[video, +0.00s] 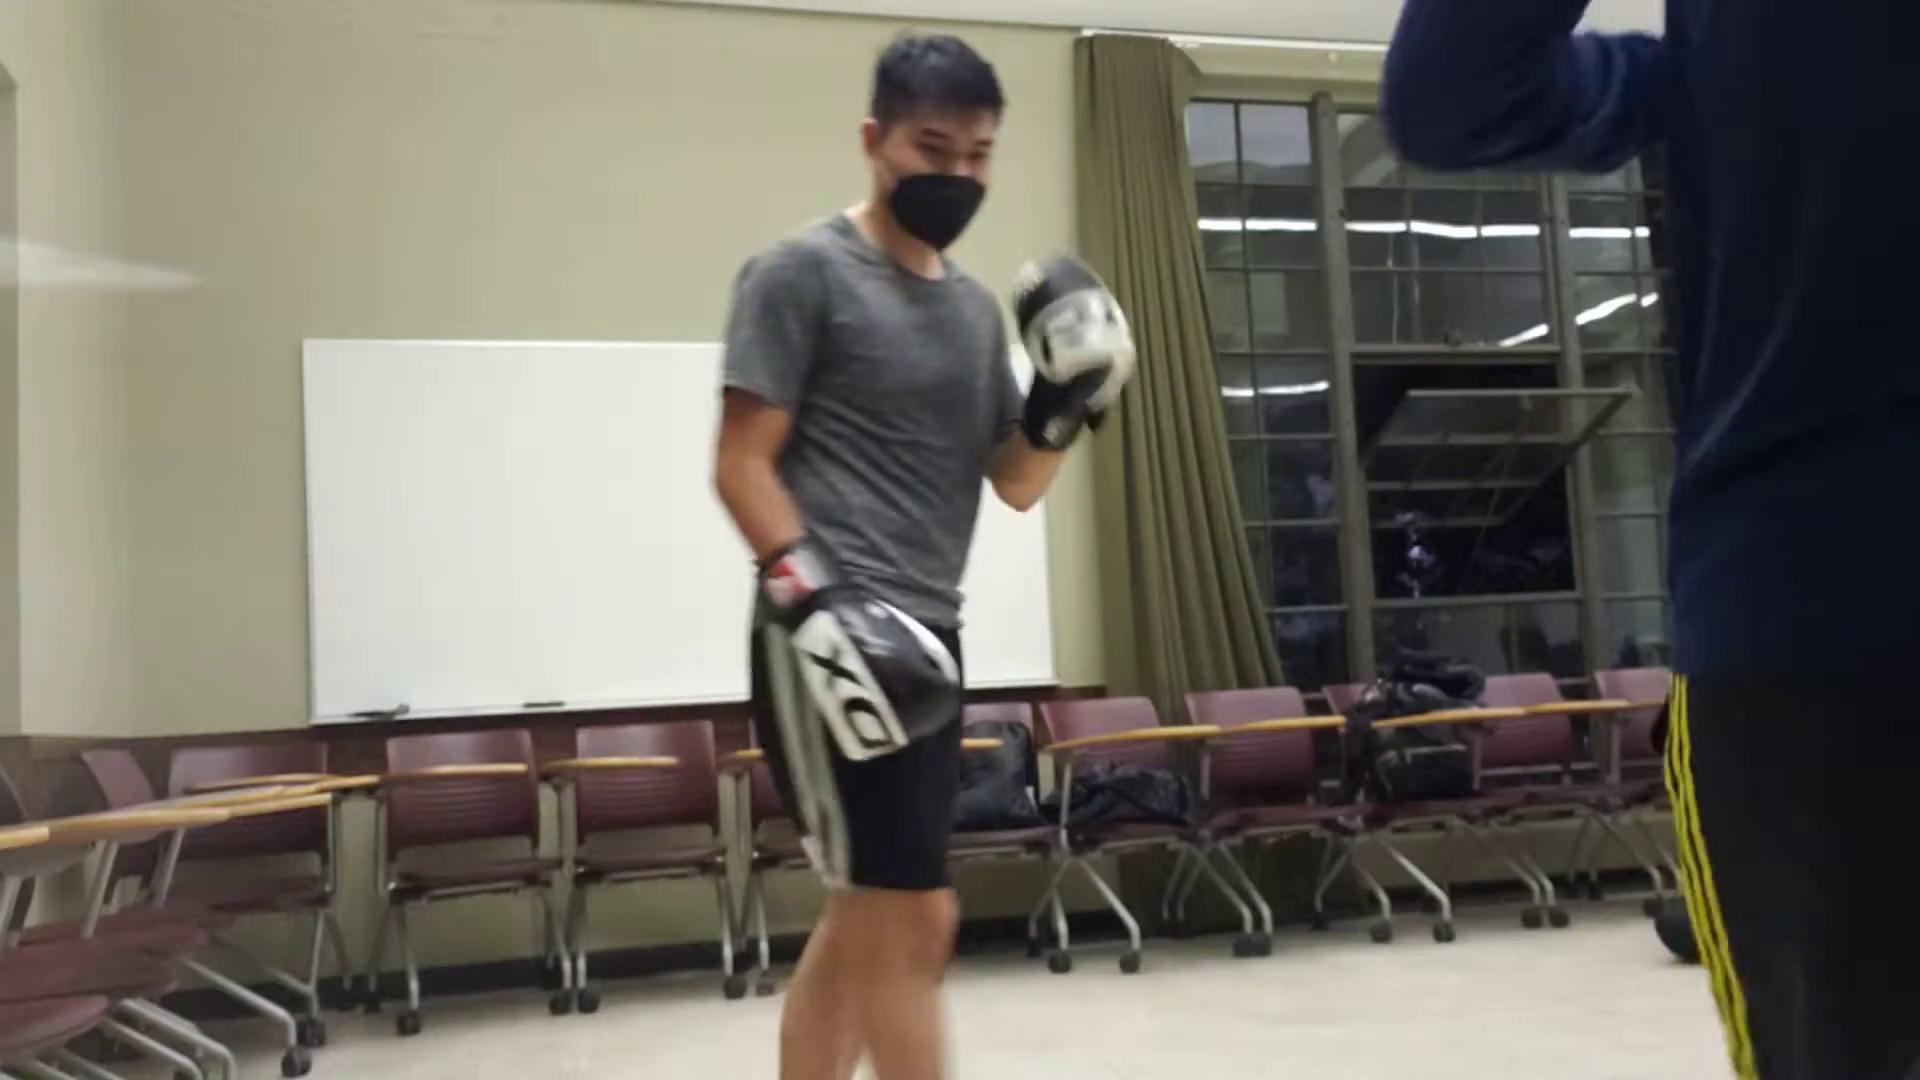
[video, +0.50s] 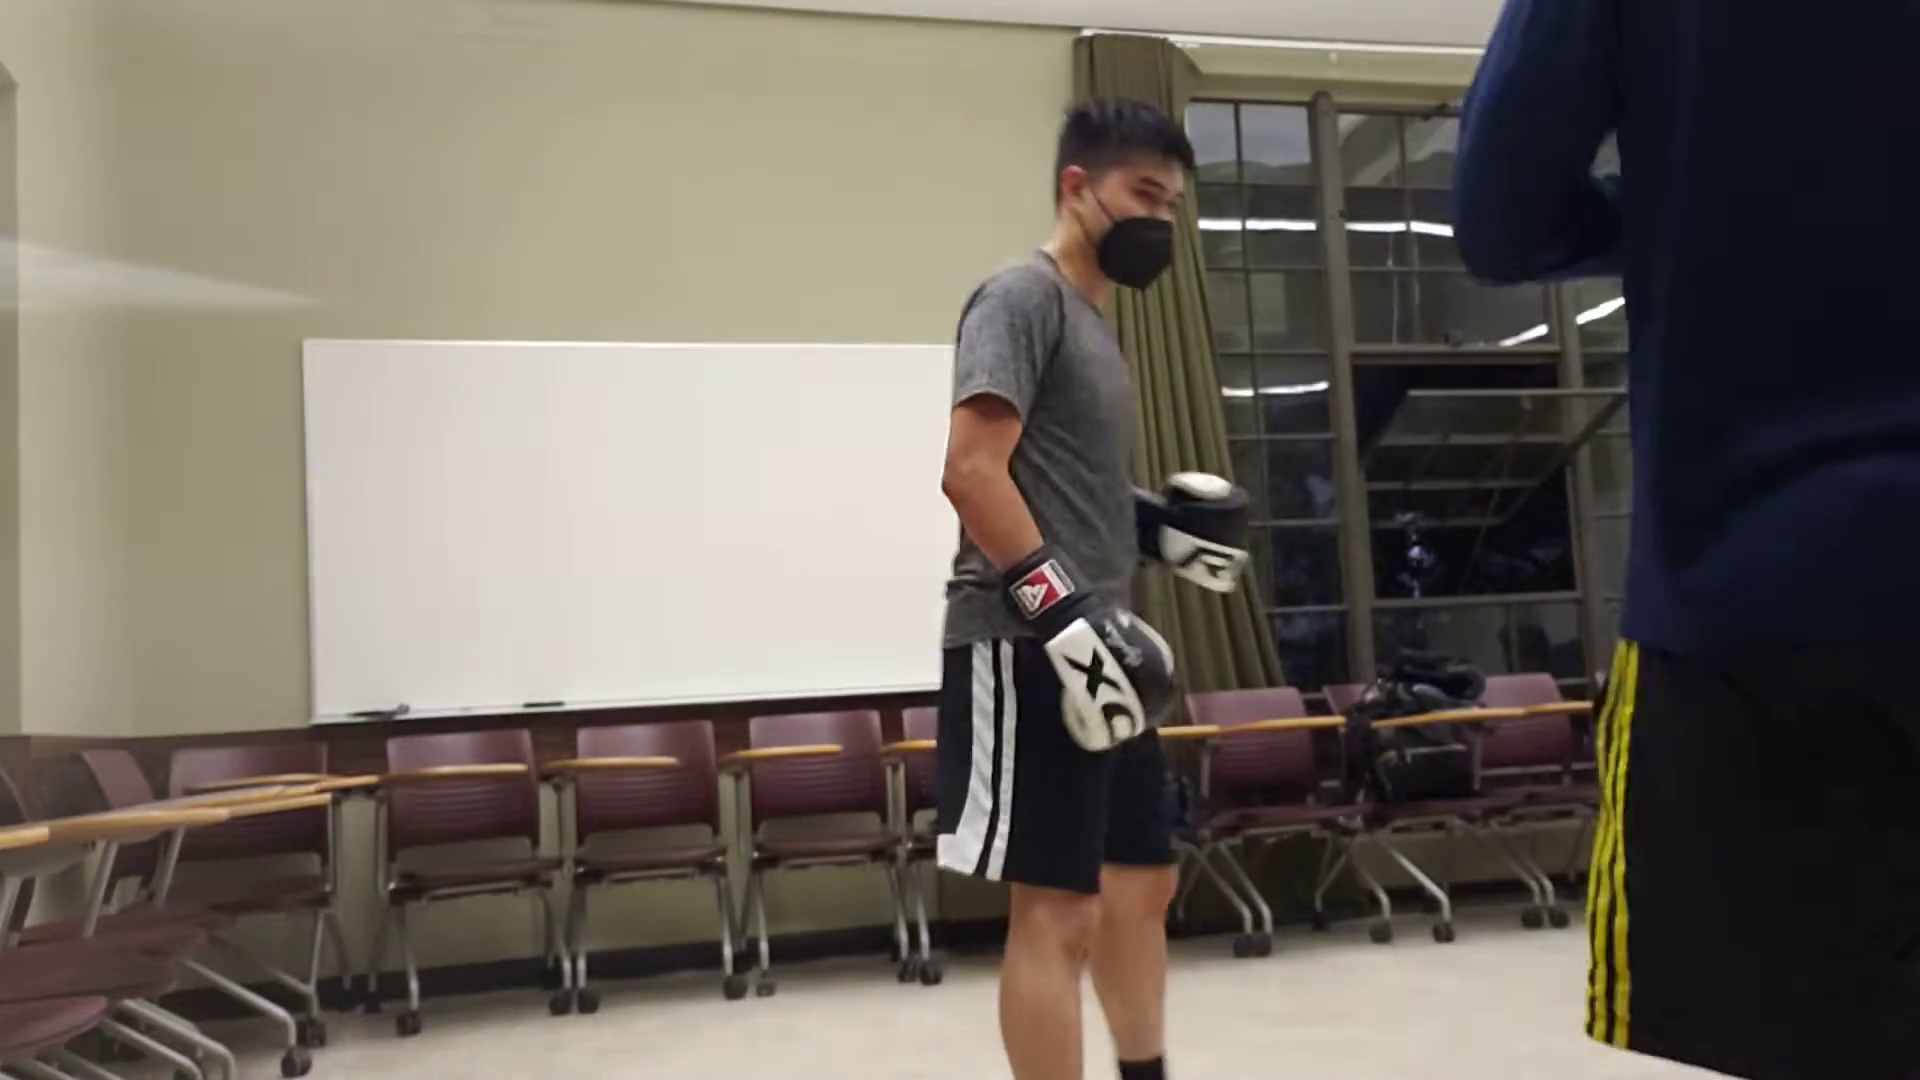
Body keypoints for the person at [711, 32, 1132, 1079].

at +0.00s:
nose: (959, 175)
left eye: (979, 152)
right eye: (933, 148)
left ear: (996, 155)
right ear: (874, 140)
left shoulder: (978, 312)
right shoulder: (801, 274)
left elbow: (1019, 483)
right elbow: (742, 463)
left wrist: (1066, 396)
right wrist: (811, 603)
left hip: (929, 636)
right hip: (835, 627)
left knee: (862, 921)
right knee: (915, 923)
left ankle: (808, 1070)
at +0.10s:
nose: (1006, 181)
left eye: (1024, 160)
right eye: (980, 155)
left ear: (1039, 164)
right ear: (917, 151)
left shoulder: (1002, 318)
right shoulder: (854, 283)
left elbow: (1010, 496)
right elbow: (802, 475)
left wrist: (1073, 463)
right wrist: (878, 625)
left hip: (967, 640)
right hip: (887, 636)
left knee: (898, 930)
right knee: (982, 924)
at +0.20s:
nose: (1056, 196)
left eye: (1072, 176)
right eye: (1032, 169)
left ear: (1084, 181)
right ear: (964, 166)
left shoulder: (1019, 318)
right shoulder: (914, 296)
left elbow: (993, 480)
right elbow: (873, 490)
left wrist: (1076, 501)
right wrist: (938, 656)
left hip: (1016, 644)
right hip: (953, 648)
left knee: (1026, 923)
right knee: (1026, 927)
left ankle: (900, 1070)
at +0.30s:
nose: (1101, 209)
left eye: (1113, 187)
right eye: (1078, 182)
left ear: (1120, 184)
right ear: (1009, 173)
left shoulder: (1027, 302)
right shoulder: (967, 297)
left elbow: (1003, 474)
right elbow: (937, 489)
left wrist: (1090, 509)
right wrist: (994, 660)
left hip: (1032, 635)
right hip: (977, 641)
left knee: (1118, 862)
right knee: (1024, 922)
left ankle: (983, 1058)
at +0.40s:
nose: (1132, 203)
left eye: (1143, 182)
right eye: (1111, 174)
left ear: (1147, 180)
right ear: (1044, 169)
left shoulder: (1053, 295)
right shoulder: (1001, 281)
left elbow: (1028, 466)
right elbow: (971, 471)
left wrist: (1116, 498)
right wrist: (1034, 625)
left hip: (1060, 627)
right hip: (998, 634)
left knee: (1149, 848)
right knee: (1047, 904)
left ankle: (1058, 1061)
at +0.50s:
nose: (1161, 219)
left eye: (1171, 203)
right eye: (1144, 192)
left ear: (1171, 209)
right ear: (1076, 186)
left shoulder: (1090, 321)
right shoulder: (1022, 297)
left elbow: (1057, 492)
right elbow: (970, 472)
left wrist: (1150, 521)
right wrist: (1061, 616)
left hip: (1099, 638)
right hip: (1025, 644)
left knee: (1139, 878)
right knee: (1054, 912)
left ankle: (1145, 1076)